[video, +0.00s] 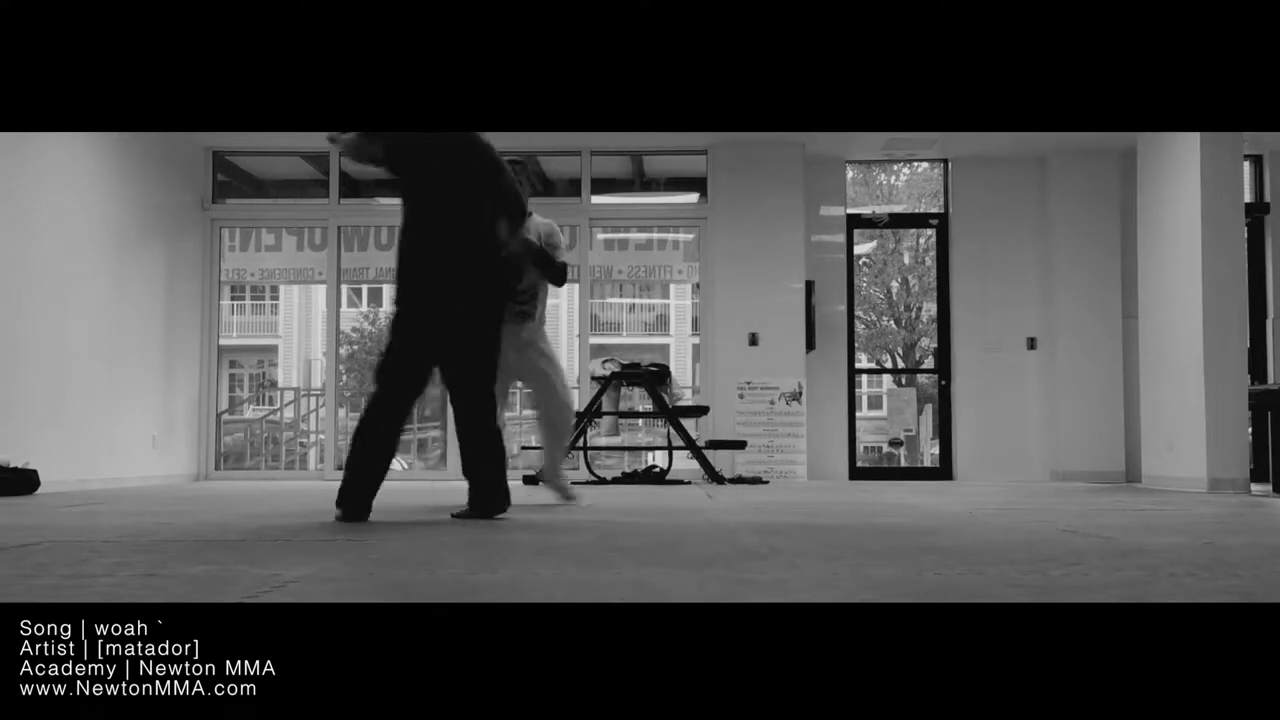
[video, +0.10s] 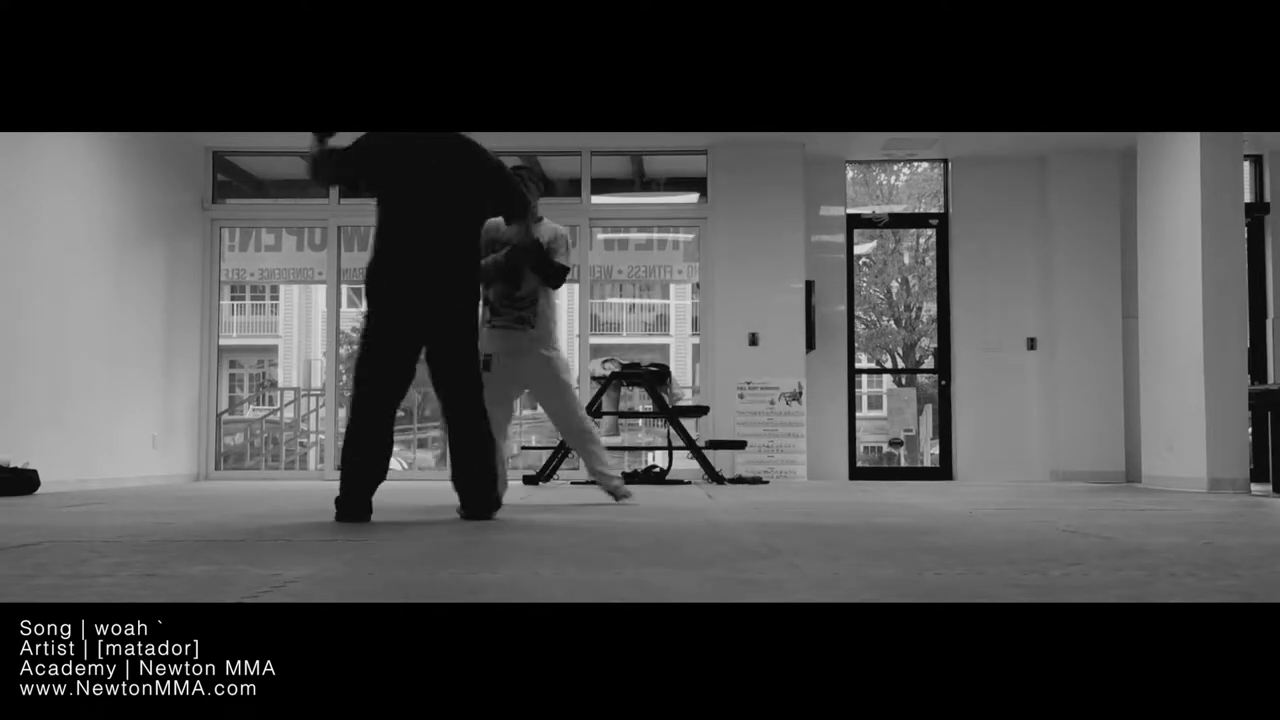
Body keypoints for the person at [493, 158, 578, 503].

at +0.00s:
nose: (514, 194)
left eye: (519, 186)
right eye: (507, 187)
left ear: (528, 191)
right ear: (496, 193)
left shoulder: (543, 229)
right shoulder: (487, 230)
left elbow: (560, 277)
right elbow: (476, 277)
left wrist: (530, 250)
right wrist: (504, 252)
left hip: (530, 337)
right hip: (493, 337)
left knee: (559, 403)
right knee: (487, 411)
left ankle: (552, 471)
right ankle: (487, 483)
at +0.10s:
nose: (519, 193)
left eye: (525, 187)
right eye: (514, 186)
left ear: (538, 193)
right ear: (505, 192)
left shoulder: (552, 233)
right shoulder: (489, 231)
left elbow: (555, 279)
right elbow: (474, 273)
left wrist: (527, 244)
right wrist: (505, 256)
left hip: (540, 348)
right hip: (496, 348)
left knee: (574, 421)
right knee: (491, 427)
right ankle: (489, 495)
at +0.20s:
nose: (530, 205)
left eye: (537, 199)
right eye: (525, 198)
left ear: (551, 203)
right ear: (517, 202)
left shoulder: (564, 238)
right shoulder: (504, 237)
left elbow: (564, 275)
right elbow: (484, 283)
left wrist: (540, 234)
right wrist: (504, 262)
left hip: (554, 357)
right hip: (507, 356)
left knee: (587, 426)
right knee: (487, 421)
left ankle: (623, 488)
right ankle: (492, 488)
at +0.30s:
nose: (536, 223)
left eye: (544, 216)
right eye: (532, 216)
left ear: (558, 219)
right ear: (524, 219)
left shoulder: (572, 252)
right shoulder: (511, 250)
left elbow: (565, 283)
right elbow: (491, 298)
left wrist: (539, 257)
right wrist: (500, 272)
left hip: (562, 361)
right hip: (516, 363)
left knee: (595, 422)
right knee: (487, 418)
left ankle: (623, 490)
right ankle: (488, 485)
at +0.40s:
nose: (517, 239)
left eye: (524, 232)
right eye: (512, 232)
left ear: (539, 231)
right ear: (506, 233)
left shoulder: (564, 256)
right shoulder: (504, 260)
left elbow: (564, 292)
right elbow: (481, 300)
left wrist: (519, 274)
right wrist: (487, 258)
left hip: (568, 361)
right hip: (523, 365)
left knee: (598, 424)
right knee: (487, 416)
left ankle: (624, 492)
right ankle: (487, 493)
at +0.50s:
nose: (488, 255)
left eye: (492, 247)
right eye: (483, 249)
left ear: (507, 242)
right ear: (481, 251)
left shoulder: (536, 260)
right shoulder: (489, 277)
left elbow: (563, 279)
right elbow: (463, 294)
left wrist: (517, 292)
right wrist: (469, 250)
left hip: (567, 359)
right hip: (525, 366)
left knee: (589, 424)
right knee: (490, 414)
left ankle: (628, 491)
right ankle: (491, 493)